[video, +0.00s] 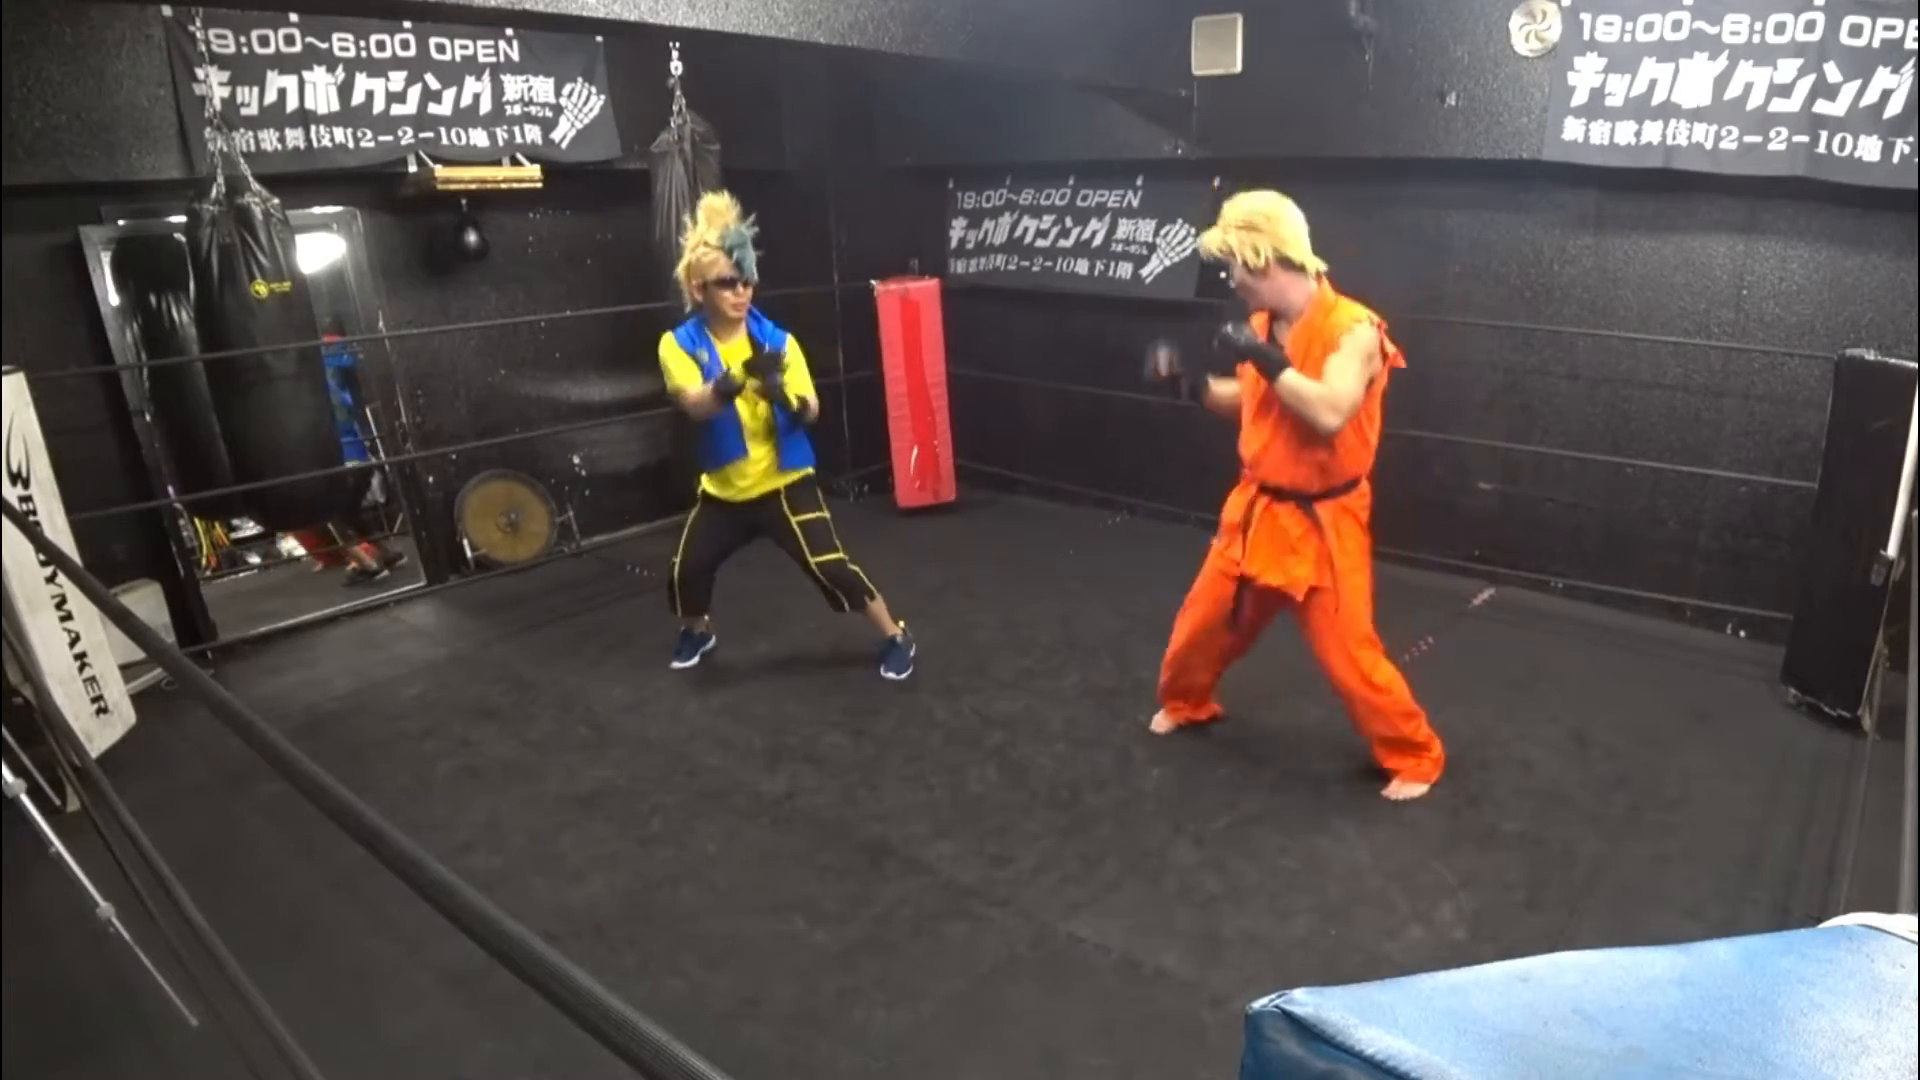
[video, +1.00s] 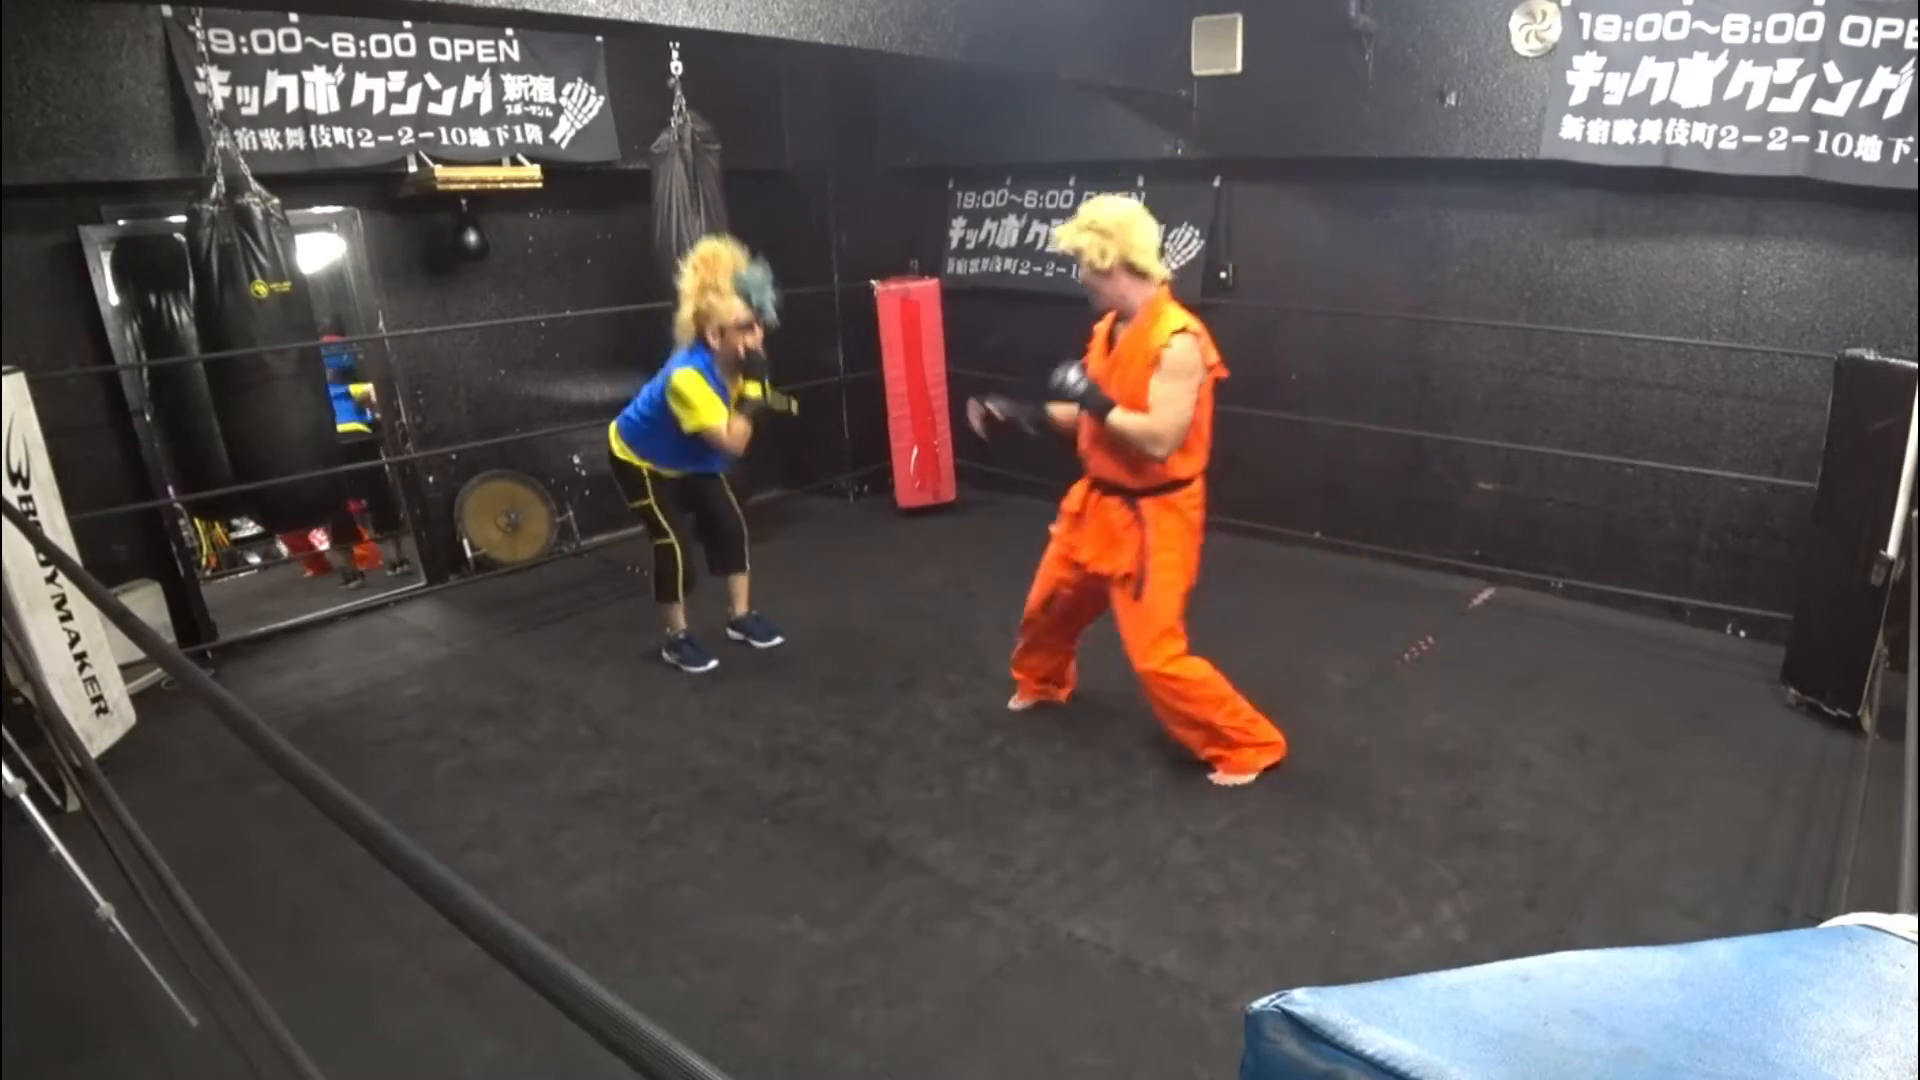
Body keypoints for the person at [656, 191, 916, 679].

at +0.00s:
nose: (740, 294)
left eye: (745, 282)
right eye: (727, 285)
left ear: (754, 284)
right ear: (697, 291)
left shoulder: (777, 340)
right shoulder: (679, 344)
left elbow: (811, 411)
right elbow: (695, 407)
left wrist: (780, 392)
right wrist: (737, 377)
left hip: (787, 483)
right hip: (723, 489)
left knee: (828, 566)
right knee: (687, 570)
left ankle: (894, 635)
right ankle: (697, 632)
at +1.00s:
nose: (756, 338)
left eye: (757, 327)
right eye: (745, 330)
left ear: (760, 327)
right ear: (714, 336)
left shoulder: (739, 365)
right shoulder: (686, 377)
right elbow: (734, 442)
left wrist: (761, 402)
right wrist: (751, 398)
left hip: (694, 455)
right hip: (640, 455)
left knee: (731, 525)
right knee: (670, 541)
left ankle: (740, 616)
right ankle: (676, 635)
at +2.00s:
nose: (669, 250)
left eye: (672, 239)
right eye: (656, 242)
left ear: (680, 239)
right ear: (630, 246)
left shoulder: (701, 290)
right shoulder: (607, 293)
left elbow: (729, 346)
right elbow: (612, 348)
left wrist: (738, 374)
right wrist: (647, 353)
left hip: (711, 428)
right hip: (651, 436)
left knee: (743, 523)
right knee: (646, 534)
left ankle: (772, 610)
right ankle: (663, 627)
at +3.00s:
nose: (531, 305)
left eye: (540, 293)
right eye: (521, 296)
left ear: (558, 293)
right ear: (510, 300)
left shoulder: (590, 338)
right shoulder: (509, 347)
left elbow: (625, 387)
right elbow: (499, 412)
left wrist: (623, 391)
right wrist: (507, 399)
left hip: (617, 463)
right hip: (566, 473)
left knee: (627, 550)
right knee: (543, 558)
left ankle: (668, 630)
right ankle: (605, 602)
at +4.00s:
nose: (520, 326)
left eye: (525, 316)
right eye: (508, 319)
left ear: (533, 317)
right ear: (485, 325)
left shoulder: (558, 356)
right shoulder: (473, 370)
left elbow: (610, 399)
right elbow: (480, 422)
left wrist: (597, 350)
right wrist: (511, 380)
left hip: (583, 482)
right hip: (532, 491)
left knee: (597, 552)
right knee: (484, 562)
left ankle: (657, 616)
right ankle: (509, 609)